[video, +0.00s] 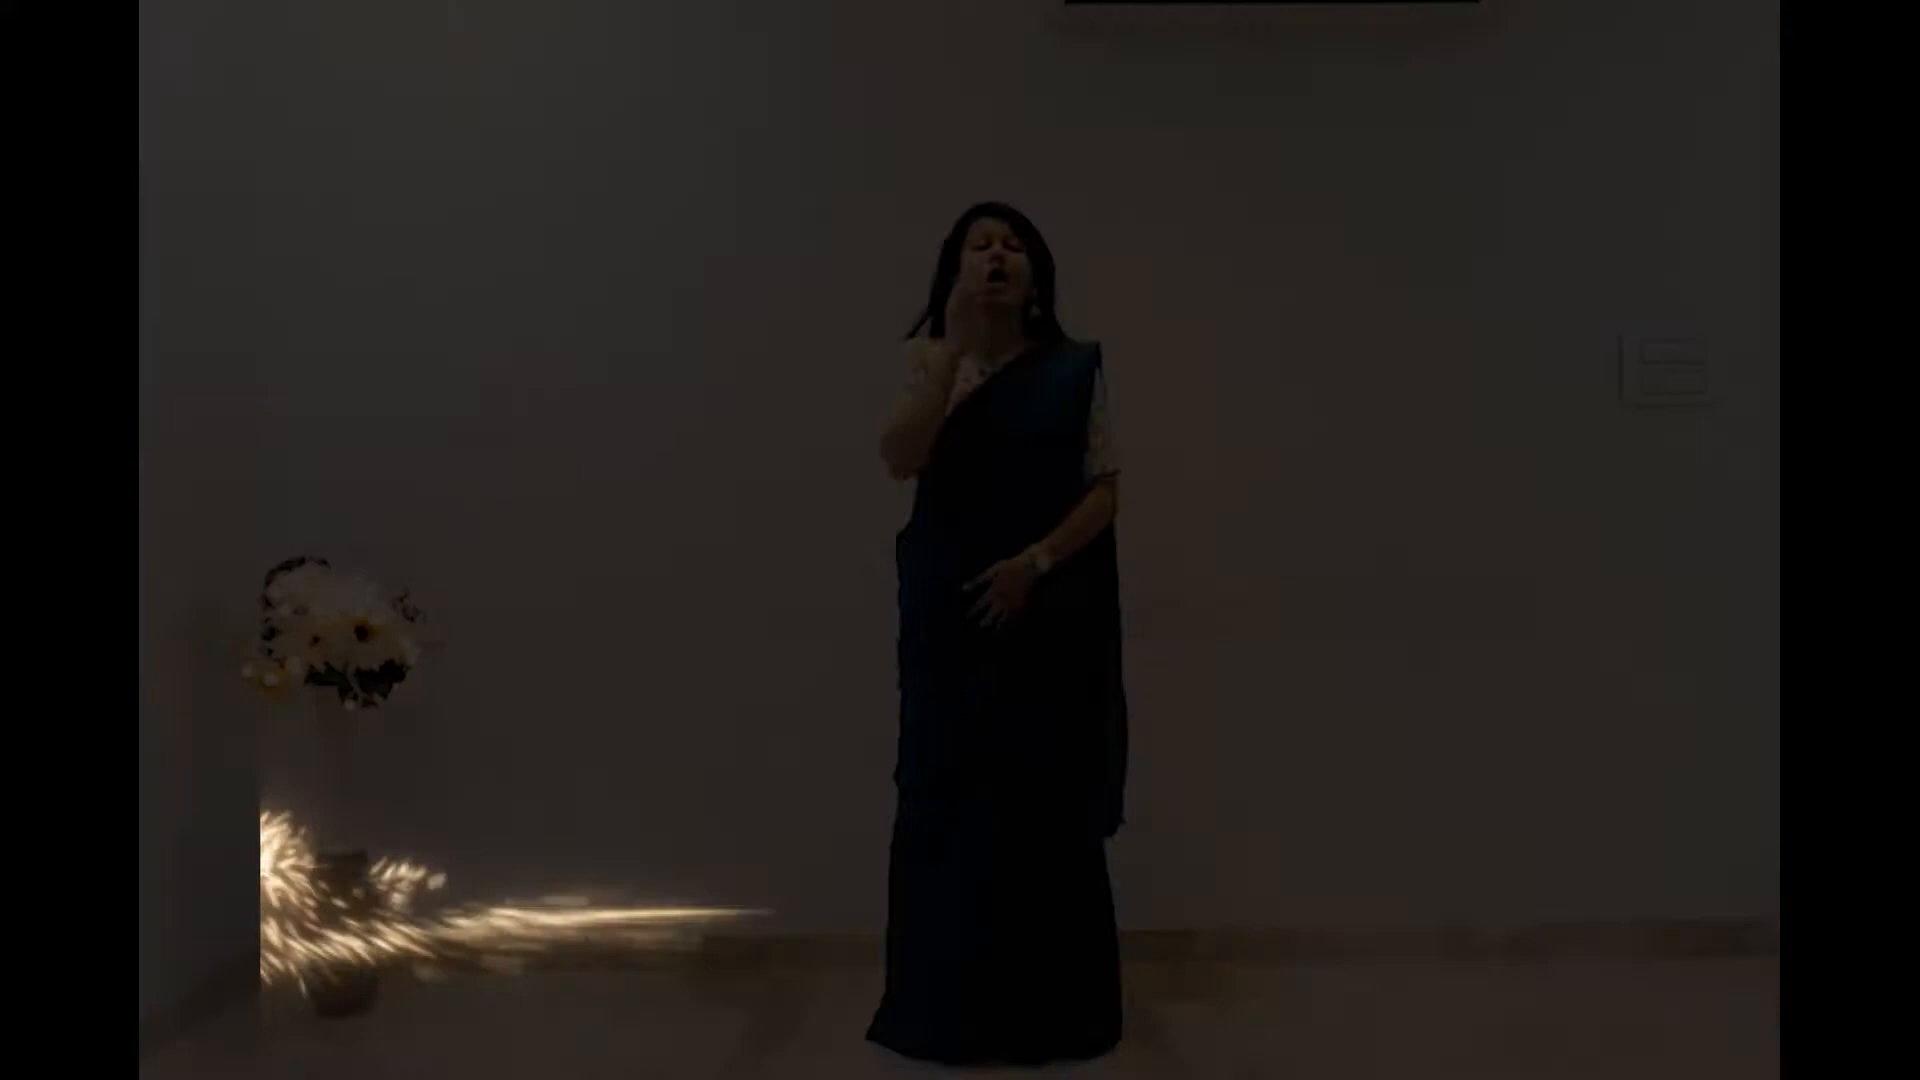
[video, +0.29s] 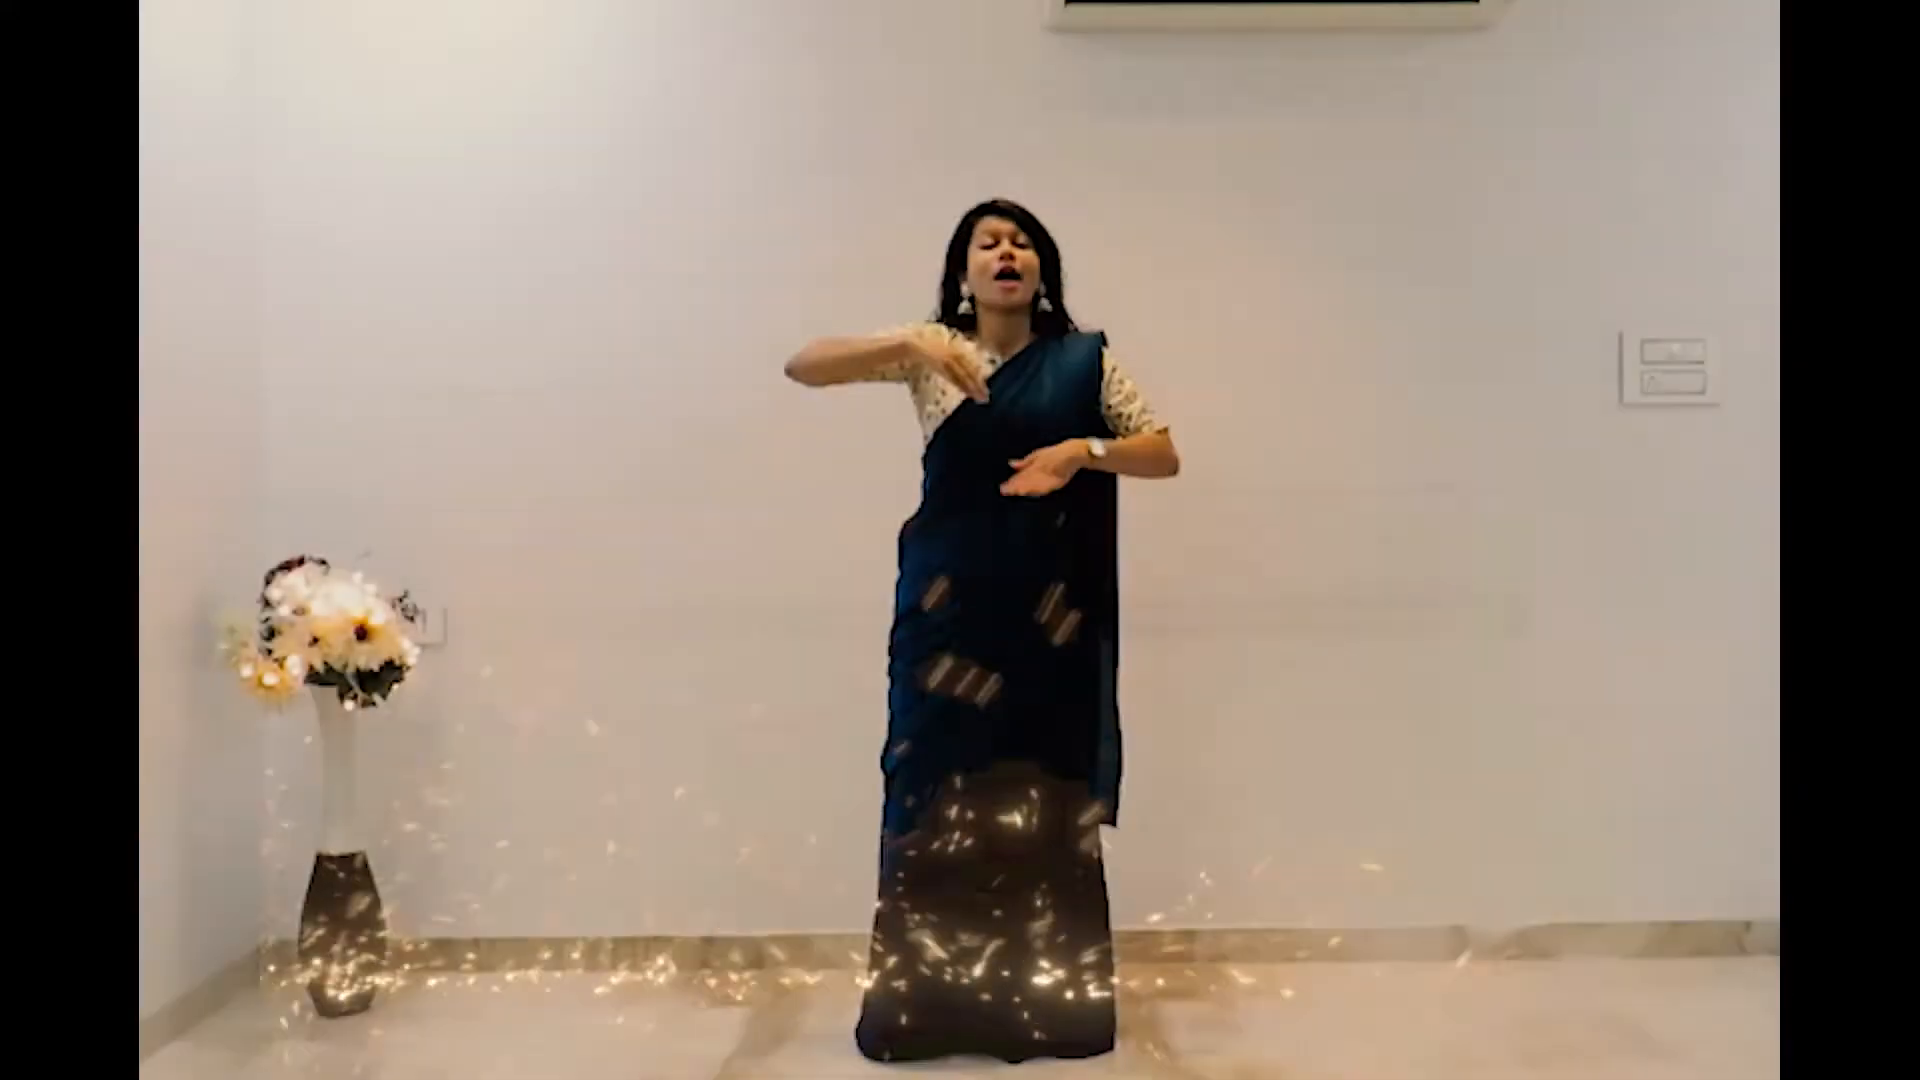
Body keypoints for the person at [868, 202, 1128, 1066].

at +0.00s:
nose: (998, 258)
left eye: (1014, 248)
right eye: (981, 247)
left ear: (1037, 275)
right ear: (952, 271)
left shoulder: (1076, 367)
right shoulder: (928, 359)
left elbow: (1106, 492)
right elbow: (900, 457)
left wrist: (1035, 562)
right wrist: (951, 353)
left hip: (1054, 626)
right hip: (947, 625)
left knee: (1050, 814)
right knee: (948, 811)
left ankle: (1052, 1010)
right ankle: (945, 1010)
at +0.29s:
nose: (1006, 253)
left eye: (1020, 243)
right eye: (988, 244)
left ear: (1044, 271)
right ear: (961, 271)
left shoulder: (1085, 357)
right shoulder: (931, 351)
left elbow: (1161, 454)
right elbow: (804, 366)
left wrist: (1082, 451)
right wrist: (911, 344)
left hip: (1054, 608)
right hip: (947, 605)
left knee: (1048, 796)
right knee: (932, 791)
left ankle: (1042, 994)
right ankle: (916, 995)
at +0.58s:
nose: (985, 259)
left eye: (1002, 254)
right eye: (968, 254)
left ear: (1026, 292)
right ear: (946, 297)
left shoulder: (1066, 359)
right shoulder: (934, 382)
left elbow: (1136, 420)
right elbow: (904, 377)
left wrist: (1033, 445)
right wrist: (897, 273)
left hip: (1070, 615)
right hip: (970, 621)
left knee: (1072, 801)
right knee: (990, 794)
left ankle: (1053, 991)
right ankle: (974, 993)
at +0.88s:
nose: (995, 281)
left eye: (1010, 273)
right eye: (979, 273)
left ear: (1030, 302)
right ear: (950, 301)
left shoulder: (1064, 374)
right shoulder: (931, 391)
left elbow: (1120, 434)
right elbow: (892, 405)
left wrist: (1013, 434)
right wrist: (923, 300)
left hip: (1066, 628)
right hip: (974, 634)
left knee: (1089, 812)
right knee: (1010, 818)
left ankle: (1122, 1002)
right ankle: (1052, 1006)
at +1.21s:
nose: (1007, 281)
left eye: (1023, 270)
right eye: (991, 269)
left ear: (1050, 294)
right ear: (966, 291)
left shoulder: (1079, 400)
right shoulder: (925, 377)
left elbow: (1083, 527)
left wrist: (978, 506)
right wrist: (976, 442)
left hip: (1017, 622)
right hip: (924, 615)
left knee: (998, 799)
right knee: (907, 794)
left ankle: (1003, 987)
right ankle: (902, 984)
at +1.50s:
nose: (989, 253)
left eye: (1005, 247)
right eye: (972, 244)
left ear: (1027, 281)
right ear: (947, 279)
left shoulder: (1063, 370)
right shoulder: (925, 371)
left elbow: (1123, 476)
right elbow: (936, 349)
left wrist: (1101, 550)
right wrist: (939, 256)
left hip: (1032, 618)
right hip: (937, 616)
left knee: (1021, 821)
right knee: (939, 818)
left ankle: (1010, 1030)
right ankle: (937, 1030)